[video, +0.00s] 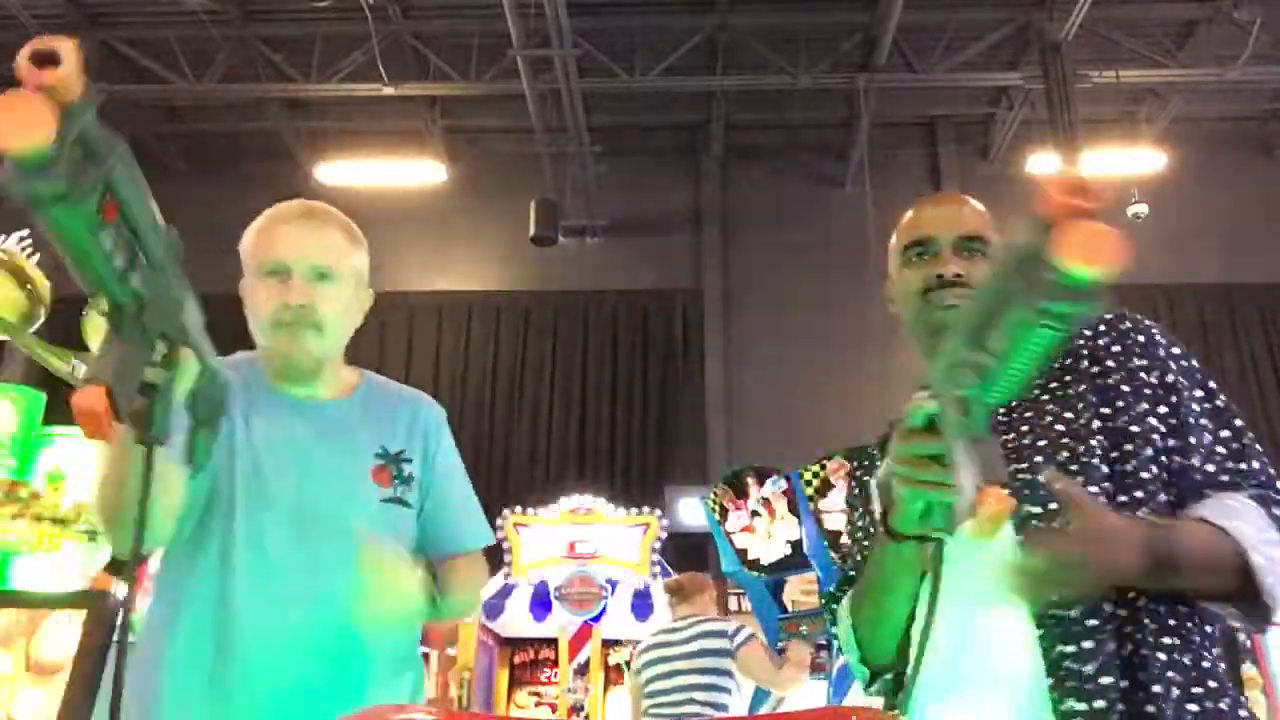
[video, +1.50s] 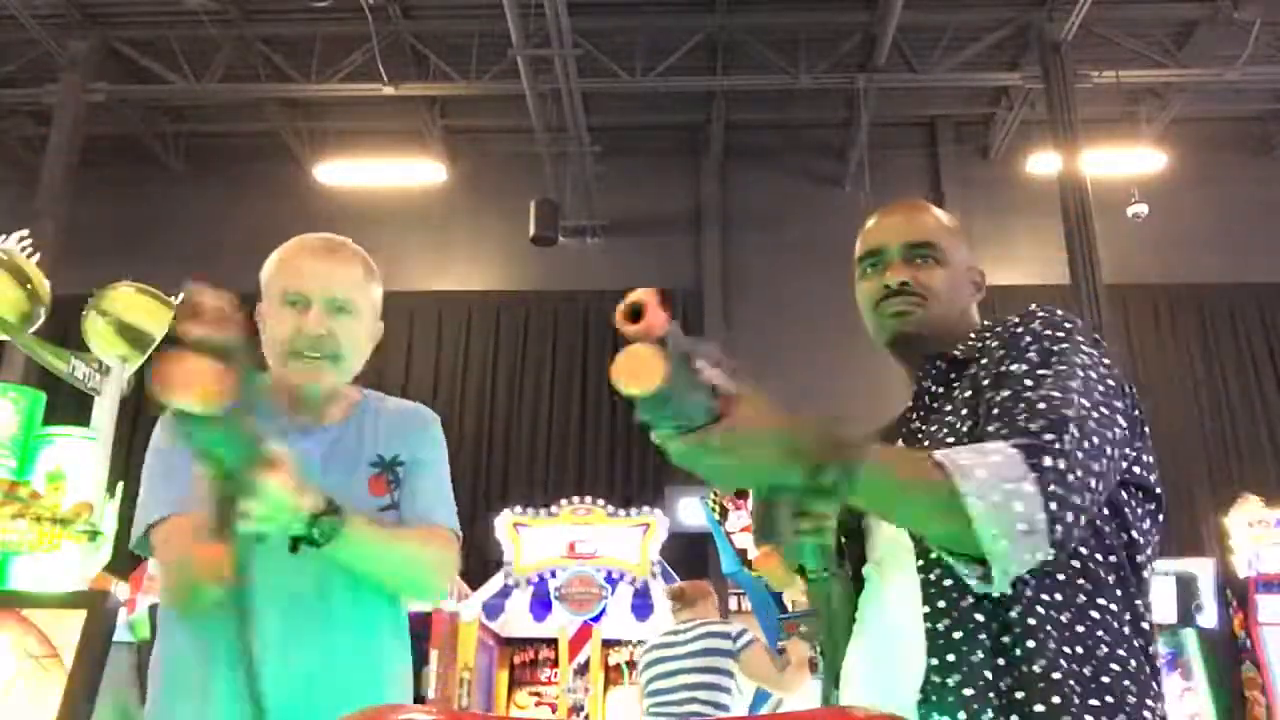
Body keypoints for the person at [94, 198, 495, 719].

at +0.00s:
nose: (297, 296)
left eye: (322, 277)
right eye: (276, 275)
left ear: (362, 303)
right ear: (245, 295)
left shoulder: (413, 422)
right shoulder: (195, 397)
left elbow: (466, 579)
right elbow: (131, 536)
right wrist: (141, 401)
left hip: (358, 711)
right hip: (190, 704)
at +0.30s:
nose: (299, 297)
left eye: (326, 277)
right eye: (278, 273)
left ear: (366, 305)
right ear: (244, 292)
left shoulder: (411, 407)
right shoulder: (181, 397)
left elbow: (429, 565)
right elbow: (145, 572)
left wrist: (289, 485)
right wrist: (186, 484)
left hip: (357, 706)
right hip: (198, 705)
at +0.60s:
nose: (307, 312)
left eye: (332, 294)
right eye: (285, 290)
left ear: (369, 319)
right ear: (253, 311)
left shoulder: (413, 421)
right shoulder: (200, 411)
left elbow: (426, 568)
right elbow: (169, 589)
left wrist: (279, 492)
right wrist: (162, 478)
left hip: (348, 707)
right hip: (204, 707)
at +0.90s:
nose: (280, 312)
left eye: (308, 293)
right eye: (261, 289)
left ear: (347, 325)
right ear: (228, 307)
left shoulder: (400, 419)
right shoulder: (175, 418)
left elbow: (431, 570)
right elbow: (168, 588)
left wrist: (302, 510)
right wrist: (208, 512)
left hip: (353, 708)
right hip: (199, 707)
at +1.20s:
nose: (324, 322)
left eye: (349, 306)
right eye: (304, 300)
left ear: (379, 335)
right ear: (265, 318)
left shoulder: (416, 431)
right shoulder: (200, 416)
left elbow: (431, 577)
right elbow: (173, 583)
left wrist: (300, 505)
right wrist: (204, 477)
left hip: (353, 709)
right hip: (205, 707)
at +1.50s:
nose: (315, 326)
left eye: (341, 309)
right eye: (295, 304)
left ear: (374, 333)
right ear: (260, 319)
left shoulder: (409, 429)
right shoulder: (194, 422)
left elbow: (435, 573)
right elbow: (182, 583)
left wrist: (316, 517)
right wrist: (234, 512)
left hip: (356, 707)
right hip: (203, 708)